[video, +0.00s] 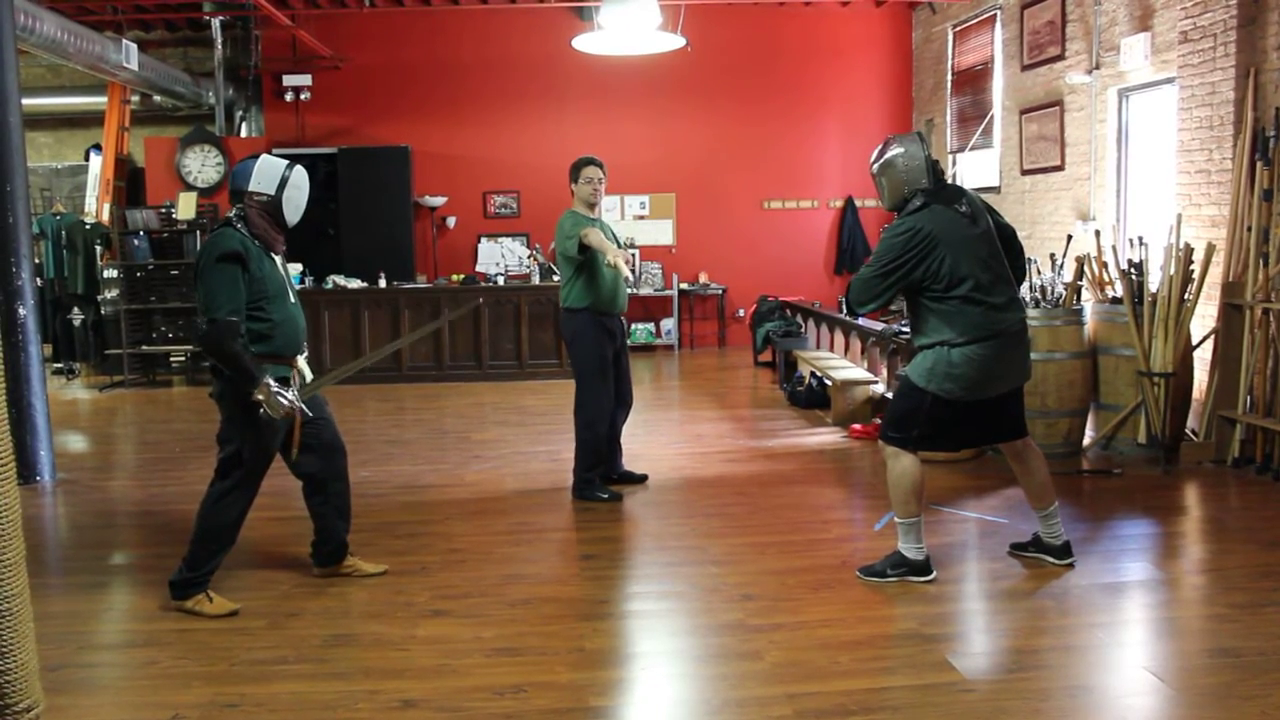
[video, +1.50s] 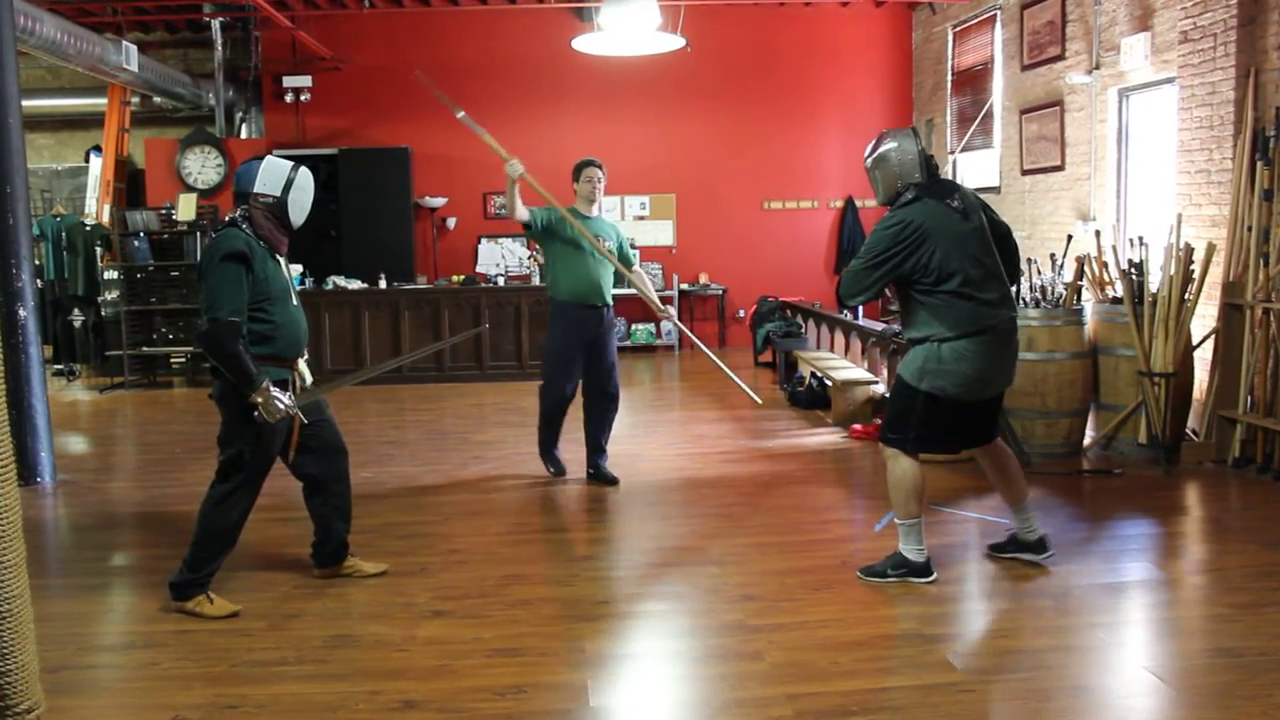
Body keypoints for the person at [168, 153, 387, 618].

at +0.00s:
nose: (294, 209)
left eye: (294, 199)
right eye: (290, 198)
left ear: (258, 193)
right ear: (267, 194)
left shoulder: (262, 242)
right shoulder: (229, 246)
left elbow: (272, 310)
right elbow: (219, 333)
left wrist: (294, 357)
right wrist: (259, 386)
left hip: (287, 376)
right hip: (252, 381)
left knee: (327, 457)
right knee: (236, 482)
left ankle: (332, 555)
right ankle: (190, 586)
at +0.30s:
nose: (295, 209)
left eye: (295, 200)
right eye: (291, 199)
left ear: (259, 194)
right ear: (269, 195)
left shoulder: (264, 243)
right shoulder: (229, 246)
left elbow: (272, 310)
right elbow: (216, 331)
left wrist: (293, 357)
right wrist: (254, 388)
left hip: (287, 375)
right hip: (252, 380)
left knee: (326, 459)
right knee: (235, 483)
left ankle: (332, 555)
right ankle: (189, 587)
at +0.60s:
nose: (296, 209)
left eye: (296, 200)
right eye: (292, 199)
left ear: (260, 194)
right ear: (270, 195)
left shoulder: (264, 243)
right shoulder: (229, 246)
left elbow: (271, 309)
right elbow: (217, 331)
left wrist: (293, 356)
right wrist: (255, 388)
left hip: (285, 377)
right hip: (251, 381)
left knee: (326, 459)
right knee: (235, 483)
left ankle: (332, 555)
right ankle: (189, 588)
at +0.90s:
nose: (296, 210)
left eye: (296, 201)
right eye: (292, 200)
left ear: (260, 195)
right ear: (270, 196)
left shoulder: (263, 244)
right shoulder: (230, 247)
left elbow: (271, 311)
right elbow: (218, 333)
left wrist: (293, 358)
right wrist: (255, 389)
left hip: (286, 378)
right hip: (252, 381)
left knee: (326, 461)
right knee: (235, 484)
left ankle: (332, 556)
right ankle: (189, 588)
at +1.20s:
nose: (295, 210)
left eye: (295, 201)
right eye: (291, 200)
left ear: (259, 195)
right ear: (269, 196)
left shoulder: (263, 244)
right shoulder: (231, 246)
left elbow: (270, 311)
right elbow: (218, 332)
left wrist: (293, 359)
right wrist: (256, 390)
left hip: (286, 378)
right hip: (252, 381)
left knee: (326, 460)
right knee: (236, 483)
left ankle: (332, 556)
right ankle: (189, 588)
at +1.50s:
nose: (295, 212)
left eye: (295, 203)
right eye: (291, 201)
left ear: (260, 197)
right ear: (269, 197)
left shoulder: (263, 244)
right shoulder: (233, 246)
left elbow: (270, 312)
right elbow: (220, 332)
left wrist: (294, 359)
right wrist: (256, 390)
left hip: (286, 378)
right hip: (253, 381)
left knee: (328, 458)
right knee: (237, 482)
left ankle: (332, 556)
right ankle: (190, 587)